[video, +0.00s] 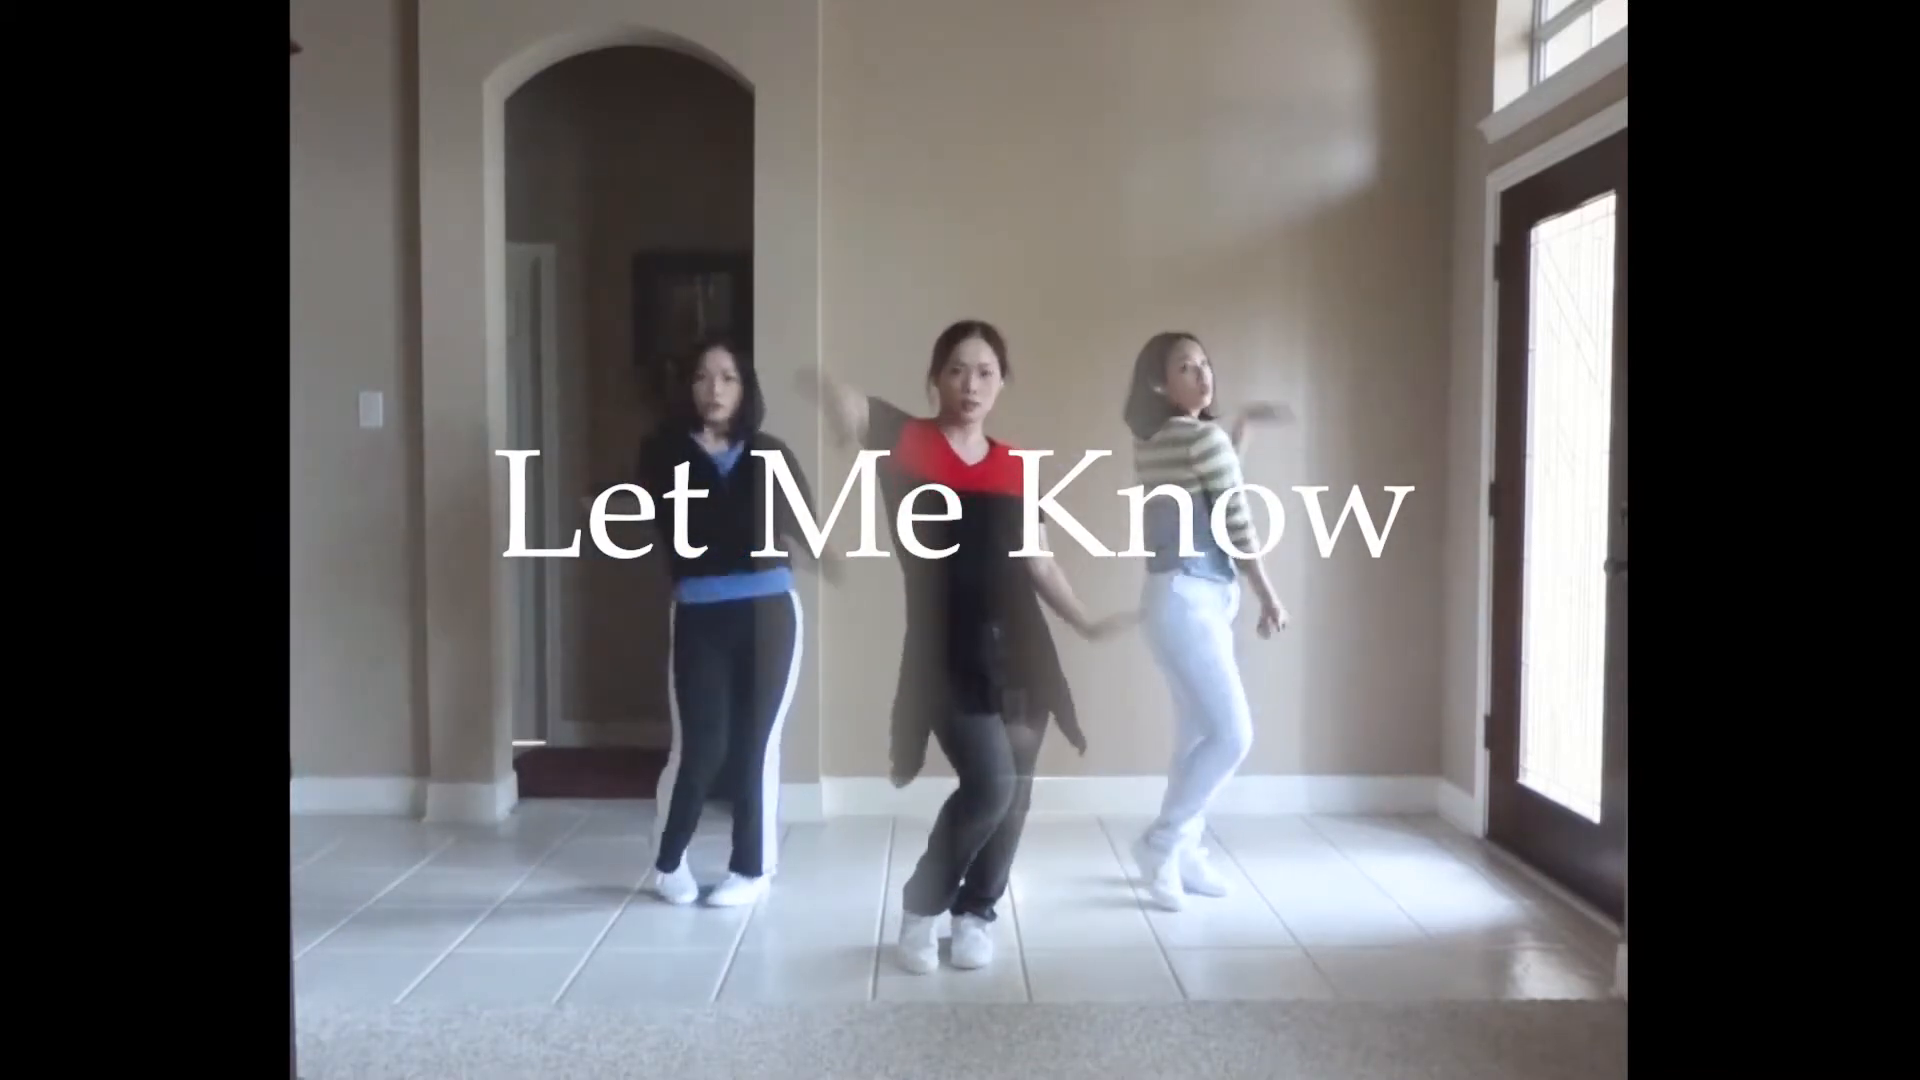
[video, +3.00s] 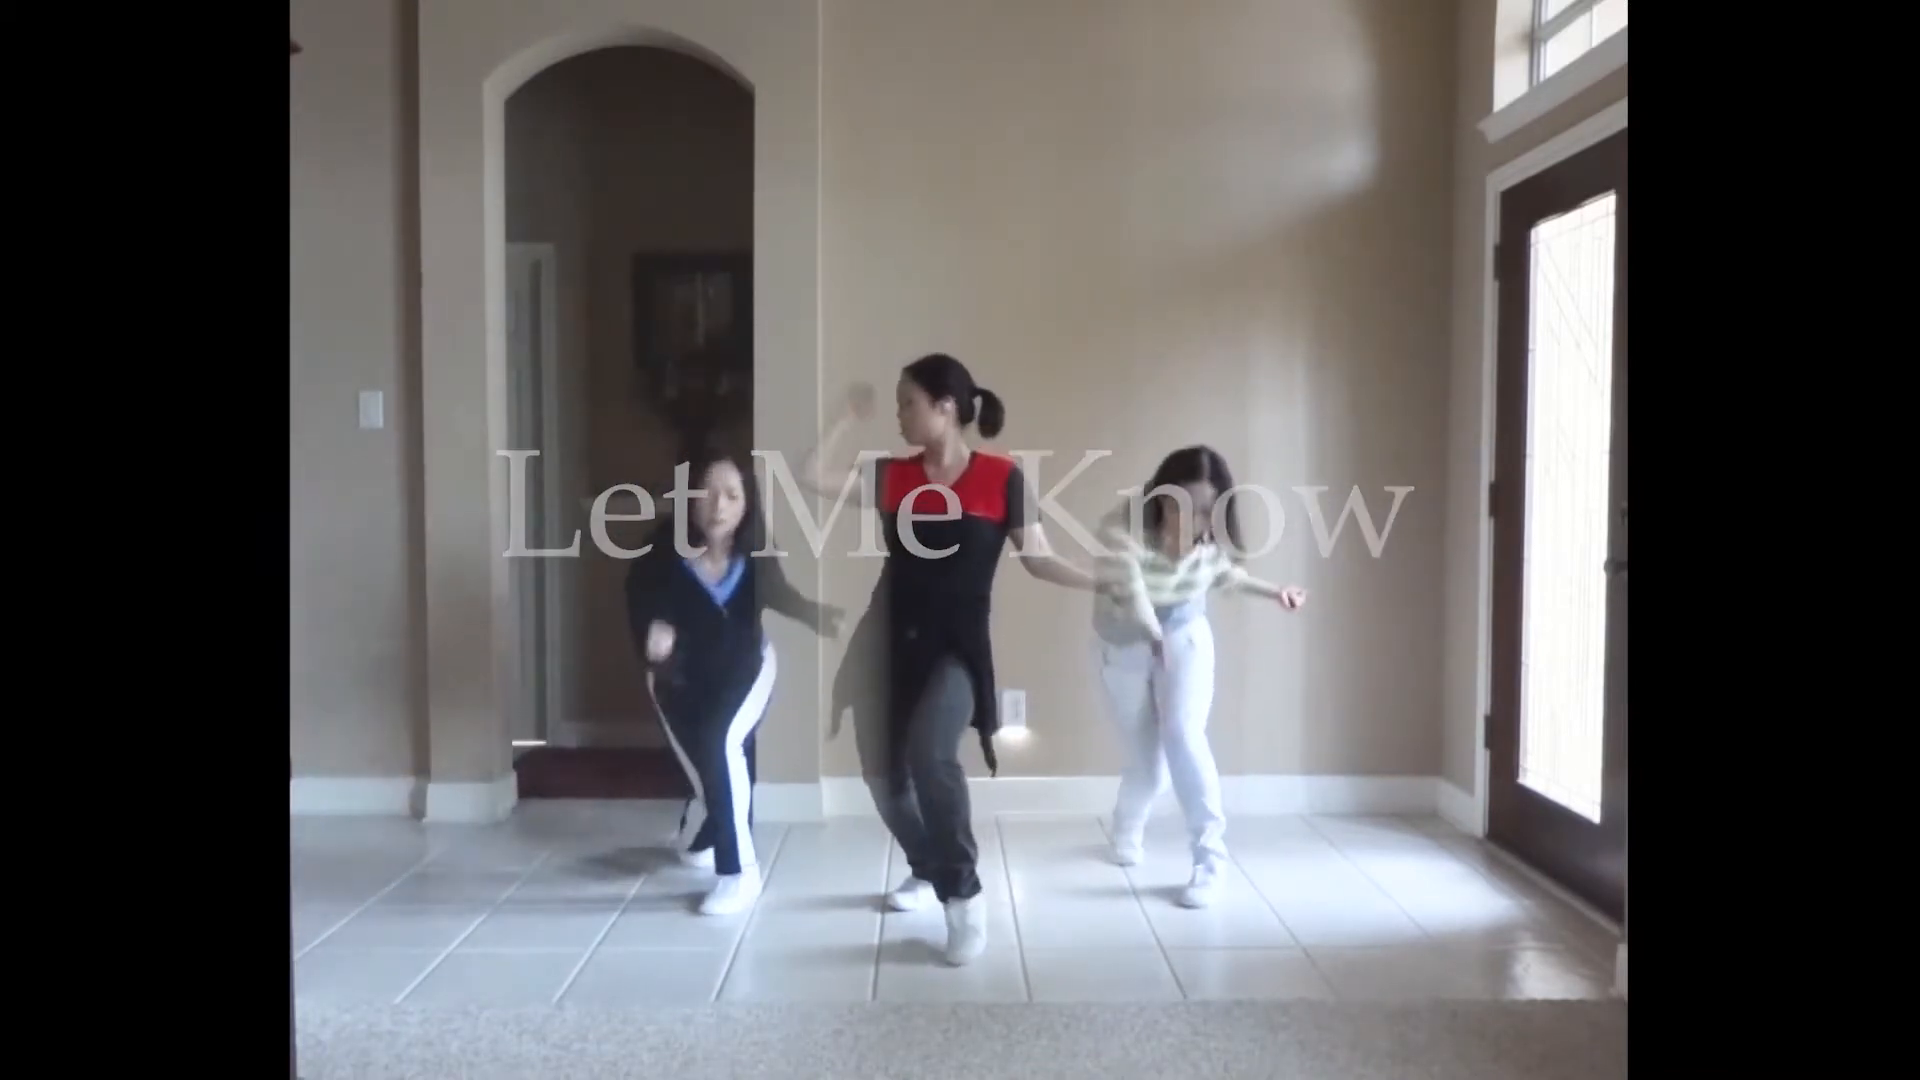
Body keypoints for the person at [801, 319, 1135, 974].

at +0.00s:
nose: (970, 382)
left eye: (984, 372)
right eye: (957, 370)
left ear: (1001, 384)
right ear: (936, 379)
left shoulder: (1015, 467)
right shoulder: (908, 442)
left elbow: (1038, 558)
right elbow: (852, 410)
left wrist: (1085, 619)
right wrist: (836, 396)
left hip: (1017, 643)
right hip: (944, 644)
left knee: (1015, 789)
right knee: (991, 784)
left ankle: (976, 917)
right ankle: (922, 907)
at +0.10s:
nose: (969, 387)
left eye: (983, 376)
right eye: (957, 374)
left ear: (1001, 386)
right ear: (936, 382)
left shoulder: (1018, 467)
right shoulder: (908, 442)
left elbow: (1040, 560)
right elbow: (828, 380)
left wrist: (1069, 640)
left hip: (1018, 646)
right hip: (942, 647)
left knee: (1012, 791)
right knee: (990, 782)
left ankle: (976, 916)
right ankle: (923, 907)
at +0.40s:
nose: (971, 397)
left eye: (984, 385)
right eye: (959, 385)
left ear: (1006, 393)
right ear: (941, 393)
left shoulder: (1022, 473)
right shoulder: (915, 443)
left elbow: (1046, 568)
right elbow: (836, 372)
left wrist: (1062, 658)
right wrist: (772, 308)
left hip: (1017, 647)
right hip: (944, 647)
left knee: (1013, 794)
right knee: (973, 790)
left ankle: (976, 916)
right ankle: (913, 907)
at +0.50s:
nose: (974, 397)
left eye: (988, 384)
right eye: (962, 384)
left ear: (1010, 392)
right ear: (944, 391)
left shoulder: (1027, 469)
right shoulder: (917, 454)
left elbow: (1047, 565)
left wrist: (1062, 651)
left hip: (1012, 644)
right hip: (938, 645)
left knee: (1008, 791)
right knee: (962, 789)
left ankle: (975, 915)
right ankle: (919, 902)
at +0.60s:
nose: (974, 384)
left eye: (987, 372)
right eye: (962, 371)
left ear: (1008, 380)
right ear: (942, 379)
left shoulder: (1035, 453)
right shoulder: (910, 441)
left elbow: (1065, 538)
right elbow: (828, 435)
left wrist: (1058, 621)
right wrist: (849, 371)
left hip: (1005, 639)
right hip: (929, 638)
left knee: (1001, 788)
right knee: (948, 786)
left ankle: (976, 911)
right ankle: (922, 878)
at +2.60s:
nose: (898, 405)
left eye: (906, 394)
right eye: (898, 394)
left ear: (940, 396)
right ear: (923, 399)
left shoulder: (999, 466)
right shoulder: (895, 457)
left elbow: (1048, 537)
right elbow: (822, 431)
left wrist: (1108, 560)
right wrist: (811, 355)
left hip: (963, 634)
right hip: (899, 631)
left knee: (959, 752)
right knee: (893, 765)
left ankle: (979, 892)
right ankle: (932, 868)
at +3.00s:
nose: (901, 416)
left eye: (910, 405)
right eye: (900, 405)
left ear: (948, 407)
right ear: (915, 411)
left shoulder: (1001, 476)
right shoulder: (892, 474)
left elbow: (1038, 559)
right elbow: (816, 480)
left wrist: (1101, 580)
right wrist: (843, 423)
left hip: (958, 642)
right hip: (892, 640)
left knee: (929, 753)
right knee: (884, 780)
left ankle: (961, 893)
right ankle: (929, 870)